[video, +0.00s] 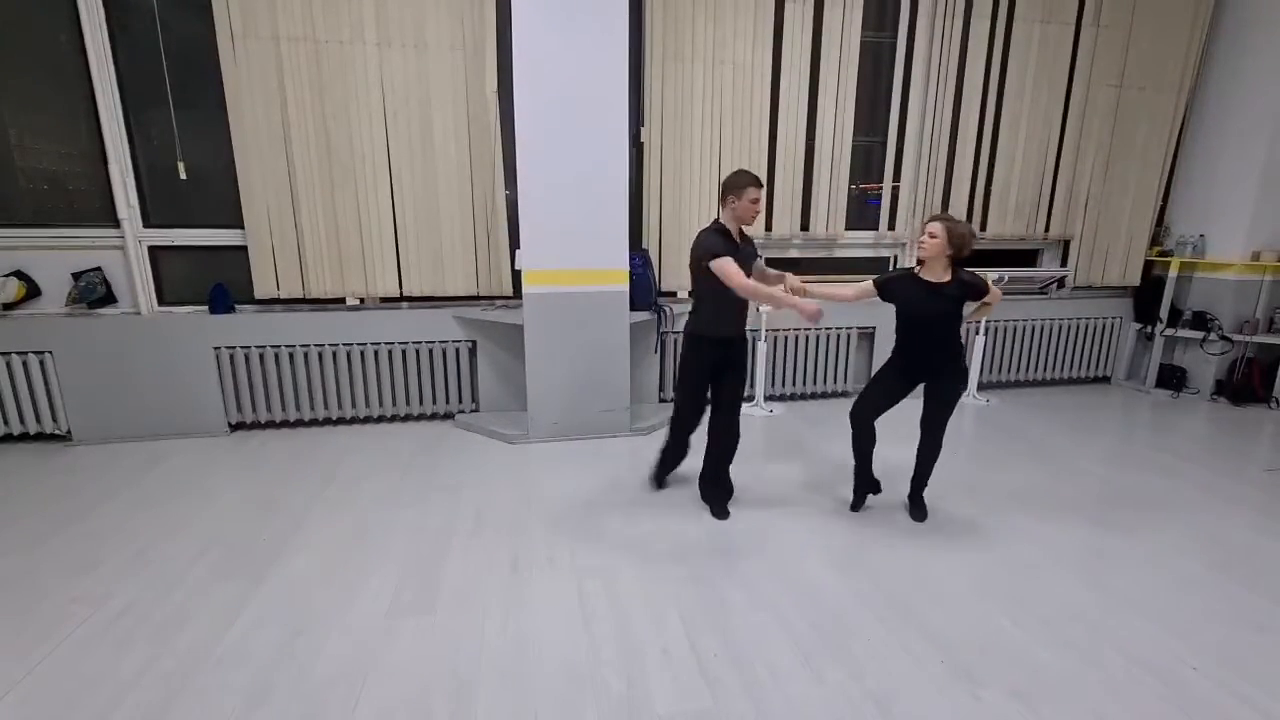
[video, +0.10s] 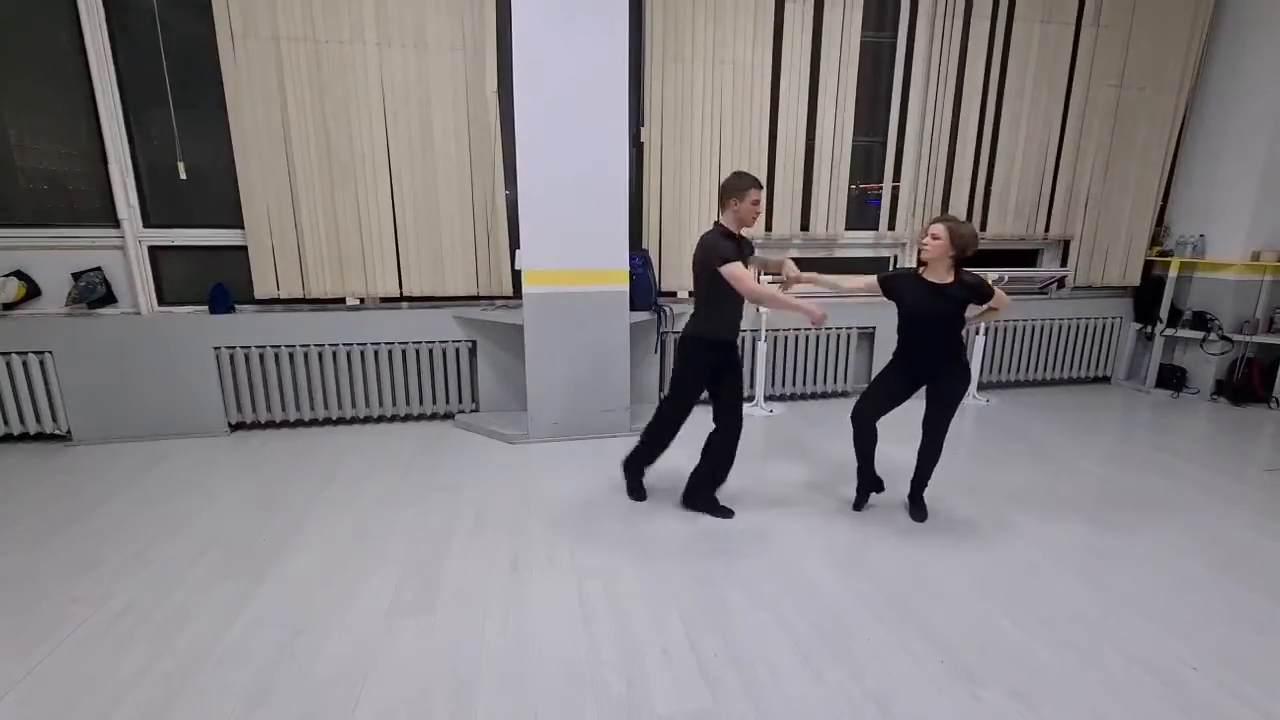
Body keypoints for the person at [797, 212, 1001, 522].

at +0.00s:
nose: (922, 240)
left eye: (932, 236)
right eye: (923, 234)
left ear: (950, 247)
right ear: (921, 240)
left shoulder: (965, 283)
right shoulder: (899, 281)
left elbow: (995, 297)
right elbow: (850, 293)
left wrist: (975, 314)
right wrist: (804, 288)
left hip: (947, 370)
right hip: (904, 364)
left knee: (932, 434)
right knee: (860, 414)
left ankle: (917, 492)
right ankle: (864, 480)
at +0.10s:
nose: (924, 241)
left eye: (934, 238)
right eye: (925, 236)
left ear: (953, 249)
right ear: (923, 242)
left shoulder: (968, 285)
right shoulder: (903, 281)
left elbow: (1002, 303)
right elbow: (853, 283)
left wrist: (971, 319)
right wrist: (810, 278)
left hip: (950, 372)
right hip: (906, 365)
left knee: (933, 434)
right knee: (862, 414)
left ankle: (917, 492)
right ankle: (866, 479)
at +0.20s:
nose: (925, 238)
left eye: (935, 234)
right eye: (926, 232)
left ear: (954, 244)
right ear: (923, 238)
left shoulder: (970, 283)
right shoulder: (905, 275)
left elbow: (1009, 304)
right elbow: (852, 273)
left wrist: (975, 319)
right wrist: (803, 260)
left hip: (947, 370)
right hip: (906, 363)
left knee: (928, 434)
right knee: (869, 416)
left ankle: (915, 492)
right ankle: (885, 474)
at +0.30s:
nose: (925, 235)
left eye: (934, 231)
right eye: (926, 229)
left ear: (954, 240)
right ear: (925, 236)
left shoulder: (972, 277)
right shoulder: (906, 270)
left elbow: (1011, 302)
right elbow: (855, 263)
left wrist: (975, 320)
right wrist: (817, 245)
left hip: (943, 367)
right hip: (902, 361)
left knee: (920, 429)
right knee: (886, 424)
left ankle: (915, 486)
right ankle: (896, 482)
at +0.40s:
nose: (925, 239)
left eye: (933, 235)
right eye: (926, 233)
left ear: (953, 244)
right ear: (925, 239)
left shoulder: (972, 283)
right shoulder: (907, 273)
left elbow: (1008, 307)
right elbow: (855, 262)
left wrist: (971, 324)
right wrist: (820, 235)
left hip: (941, 367)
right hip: (901, 362)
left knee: (915, 425)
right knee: (898, 427)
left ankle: (907, 496)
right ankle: (901, 488)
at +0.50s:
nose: (925, 243)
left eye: (935, 239)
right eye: (927, 237)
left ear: (955, 249)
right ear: (926, 242)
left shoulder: (972, 287)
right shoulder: (907, 275)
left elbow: (1010, 314)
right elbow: (858, 257)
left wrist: (972, 330)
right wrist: (827, 227)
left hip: (941, 372)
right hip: (903, 366)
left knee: (911, 430)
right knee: (905, 432)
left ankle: (900, 503)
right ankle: (907, 492)